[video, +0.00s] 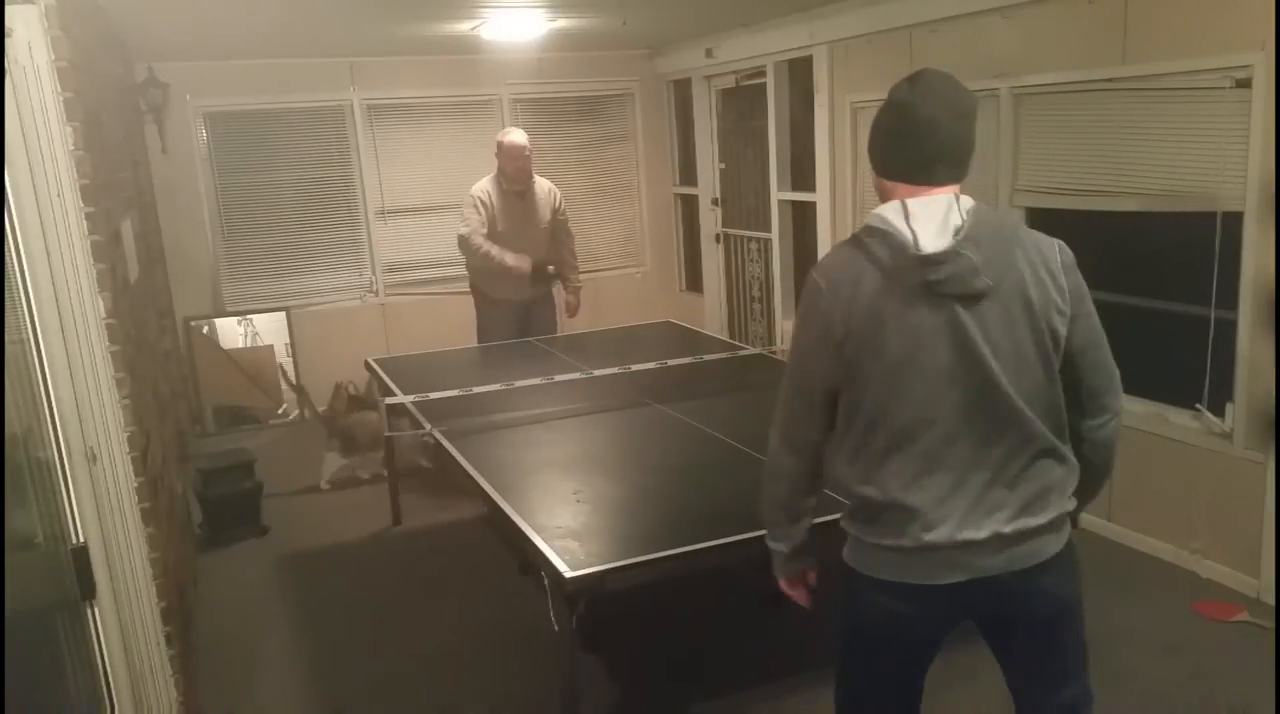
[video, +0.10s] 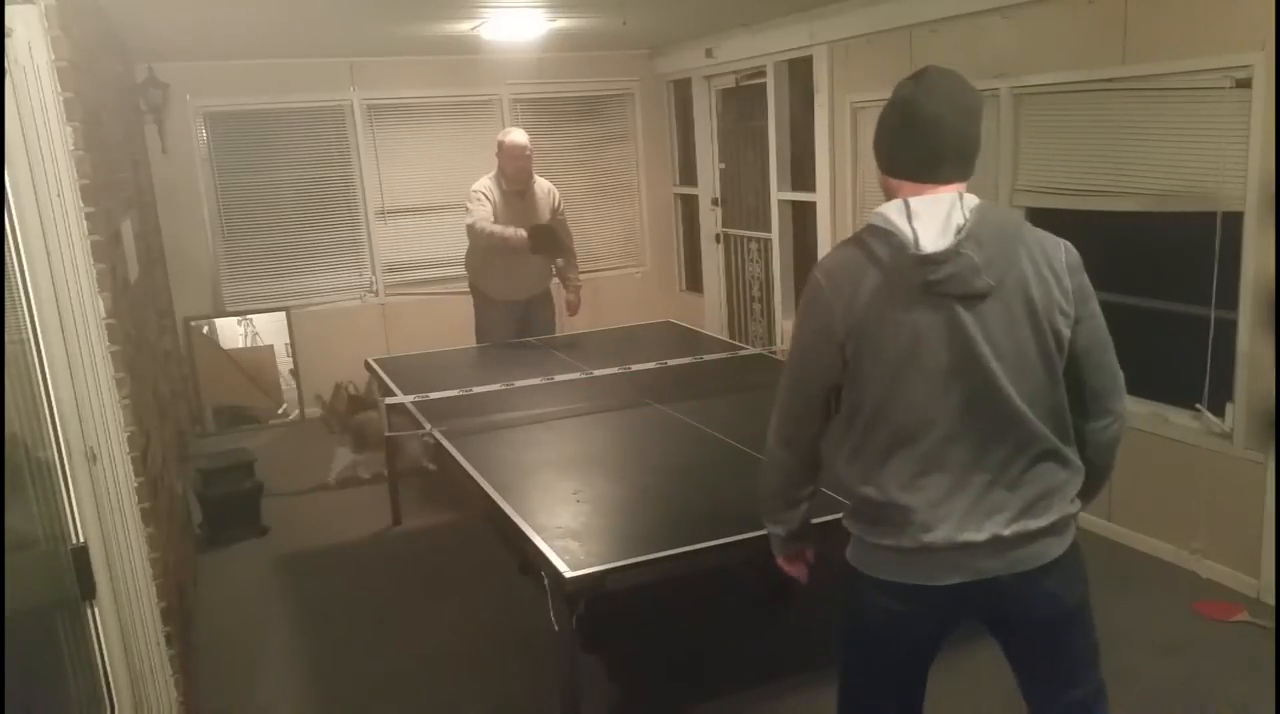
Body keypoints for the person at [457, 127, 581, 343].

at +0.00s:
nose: (521, 165)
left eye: (526, 157)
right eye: (513, 159)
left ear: (532, 155)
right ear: (498, 158)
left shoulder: (548, 192)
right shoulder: (481, 195)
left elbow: (564, 242)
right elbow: (470, 241)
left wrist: (572, 287)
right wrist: (515, 262)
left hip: (540, 296)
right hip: (496, 299)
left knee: (545, 366)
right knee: (500, 369)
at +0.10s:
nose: (522, 165)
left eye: (526, 157)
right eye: (514, 158)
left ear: (532, 155)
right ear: (498, 157)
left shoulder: (547, 191)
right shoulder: (483, 191)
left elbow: (564, 243)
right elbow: (478, 230)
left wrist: (572, 287)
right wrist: (527, 238)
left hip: (537, 295)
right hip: (494, 298)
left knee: (544, 366)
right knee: (499, 368)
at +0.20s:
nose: (521, 163)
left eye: (526, 156)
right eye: (514, 157)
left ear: (532, 155)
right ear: (499, 156)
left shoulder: (548, 191)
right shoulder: (483, 190)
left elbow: (564, 244)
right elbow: (472, 227)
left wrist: (572, 287)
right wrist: (521, 242)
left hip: (537, 295)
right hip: (494, 297)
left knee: (543, 363)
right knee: (499, 367)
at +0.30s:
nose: (522, 162)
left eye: (526, 154)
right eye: (514, 155)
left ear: (533, 154)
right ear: (500, 155)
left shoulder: (549, 192)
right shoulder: (482, 191)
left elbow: (564, 243)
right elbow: (464, 234)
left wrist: (571, 287)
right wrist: (509, 260)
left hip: (539, 294)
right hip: (495, 296)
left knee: (543, 362)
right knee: (499, 366)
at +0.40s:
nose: (522, 160)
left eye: (526, 153)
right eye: (515, 154)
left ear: (534, 152)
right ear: (499, 154)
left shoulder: (551, 192)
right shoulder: (482, 193)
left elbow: (565, 244)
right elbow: (459, 238)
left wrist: (571, 288)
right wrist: (485, 266)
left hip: (540, 297)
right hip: (498, 299)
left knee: (542, 368)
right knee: (501, 370)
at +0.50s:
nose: (519, 159)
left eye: (524, 152)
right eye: (512, 153)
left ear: (532, 152)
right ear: (499, 154)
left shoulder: (552, 192)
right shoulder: (480, 194)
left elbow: (567, 244)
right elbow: (460, 243)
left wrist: (572, 289)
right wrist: (477, 281)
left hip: (540, 301)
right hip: (497, 303)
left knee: (542, 372)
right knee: (499, 372)